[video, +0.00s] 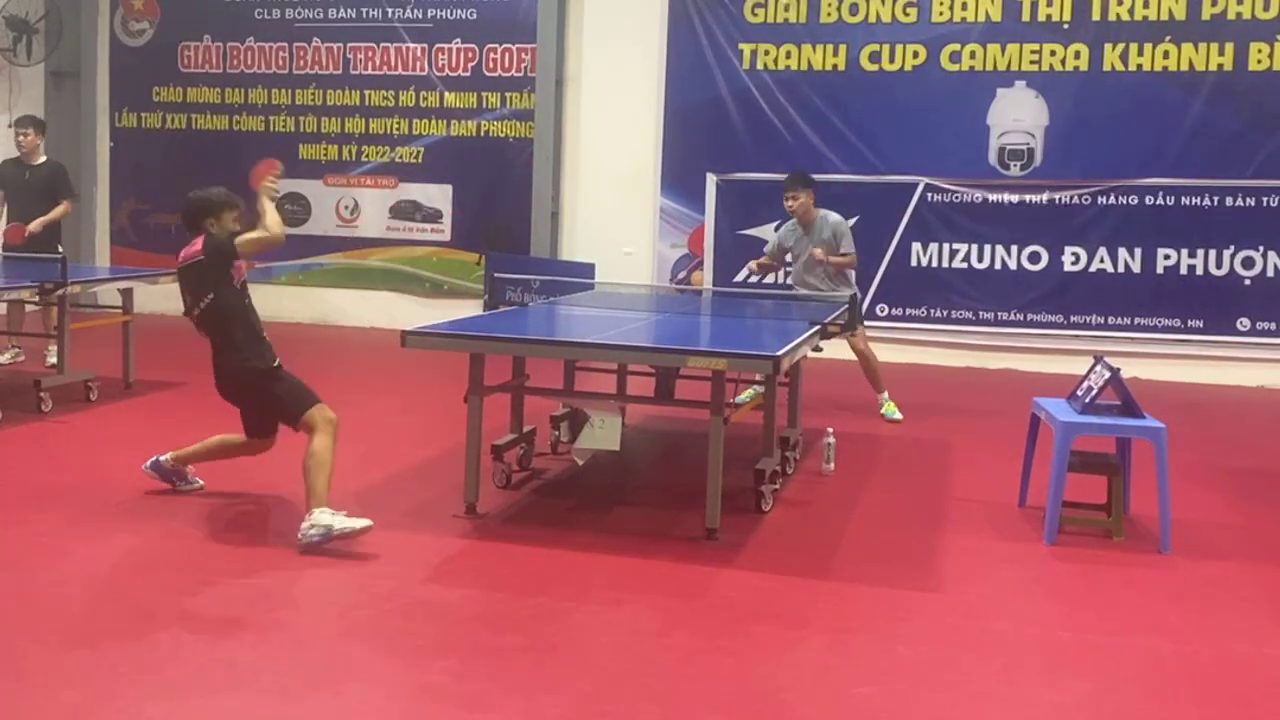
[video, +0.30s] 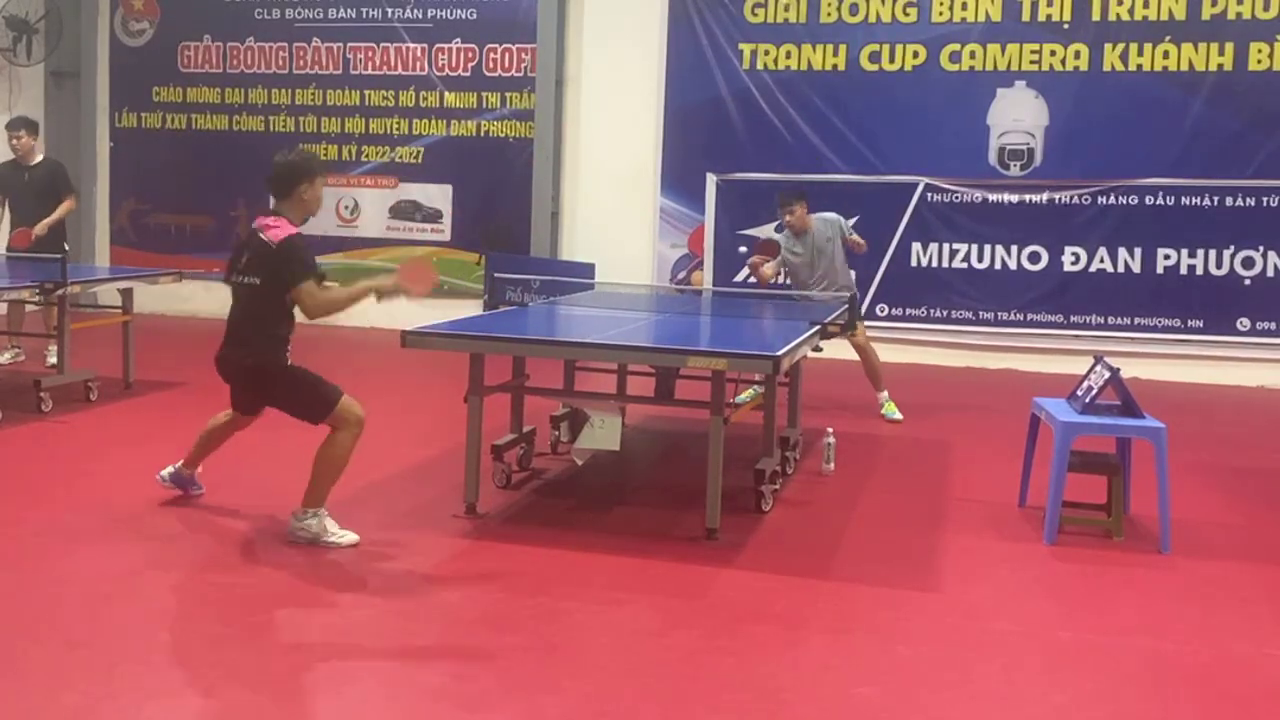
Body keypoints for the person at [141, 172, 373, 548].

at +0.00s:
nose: (238, 223)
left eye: (237, 217)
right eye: (232, 217)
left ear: (205, 224)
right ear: (211, 223)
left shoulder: (187, 262)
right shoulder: (212, 249)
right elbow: (274, 233)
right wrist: (266, 196)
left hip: (235, 370)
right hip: (255, 368)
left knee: (260, 441)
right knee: (323, 421)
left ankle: (171, 462)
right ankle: (317, 514)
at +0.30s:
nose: (323, 194)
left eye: (322, 186)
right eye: (320, 186)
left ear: (287, 192)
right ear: (303, 192)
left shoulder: (257, 233)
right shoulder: (289, 243)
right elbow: (315, 305)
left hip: (234, 359)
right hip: (263, 368)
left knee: (243, 414)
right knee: (351, 419)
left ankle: (183, 471)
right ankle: (309, 516)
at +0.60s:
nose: (420, 265)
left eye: (420, 257)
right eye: (416, 256)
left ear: (390, 259)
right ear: (392, 258)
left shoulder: (397, 302)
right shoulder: (315, 297)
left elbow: (433, 352)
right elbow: (255, 337)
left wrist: (462, 345)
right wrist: (232, 392)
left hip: (327, 394)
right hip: (302, 398)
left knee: (300, 475)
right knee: (407, 444)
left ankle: (198, 503)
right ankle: (400, 561)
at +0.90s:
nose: (426, 205)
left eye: (424, 195)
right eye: (421, 196)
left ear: (367, 202)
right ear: (401, 203)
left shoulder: (326, 249)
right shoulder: (398, 232)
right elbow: (453, 187)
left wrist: (346, 209)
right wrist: (395, 152)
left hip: (291, 392)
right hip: (346, 403)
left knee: (334, 413)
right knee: (446, 461)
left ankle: (301, 503)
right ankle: (405, 561)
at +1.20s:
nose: (399, 203)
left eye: (399, 195)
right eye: (399, 196)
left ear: (339, 193)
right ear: (392, 199)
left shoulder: (298, 252)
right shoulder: (397, 263)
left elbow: (259, 334)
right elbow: (458, 331)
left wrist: (313, 313)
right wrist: (477, 291)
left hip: (280, 399)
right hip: (349, 405)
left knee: (264, 473)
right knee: (439, 498)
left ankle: (214, 584)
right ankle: (460, 632)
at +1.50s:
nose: (358, 227)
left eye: (357, 218)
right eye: (356, 219)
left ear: (298, 221)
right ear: (346, 227)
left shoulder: (260, 270)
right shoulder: (347, 294)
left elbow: (253, 347)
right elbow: (379, 390)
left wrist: (334, 380)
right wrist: (348, 392)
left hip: (215, 417)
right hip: (291, 428)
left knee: (185, 513)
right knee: (380, 529)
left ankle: (100, 619)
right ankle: (397, 669)